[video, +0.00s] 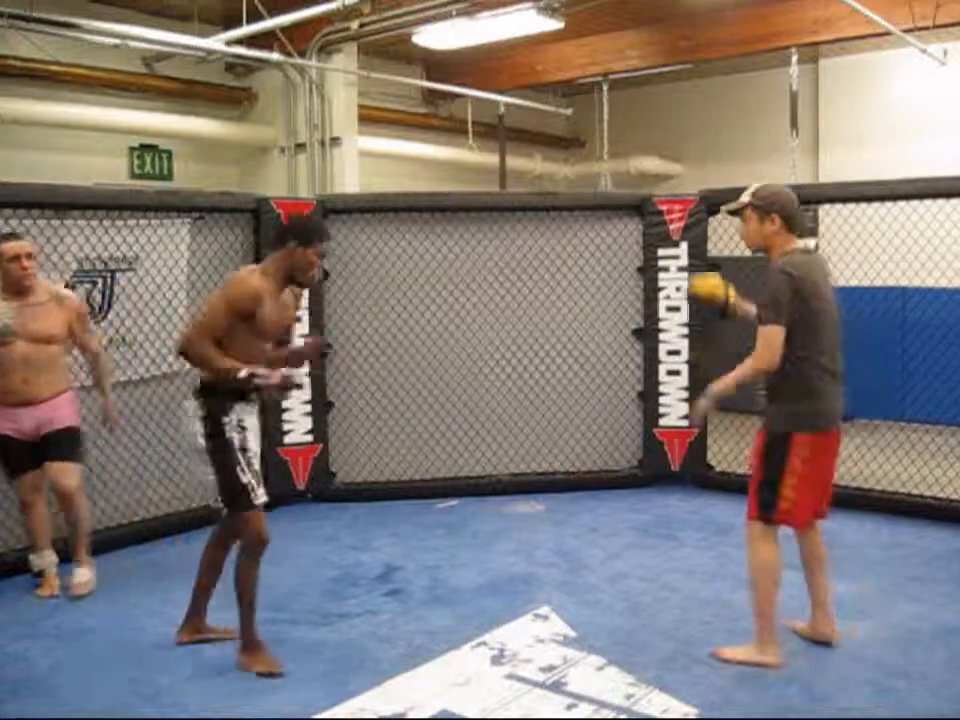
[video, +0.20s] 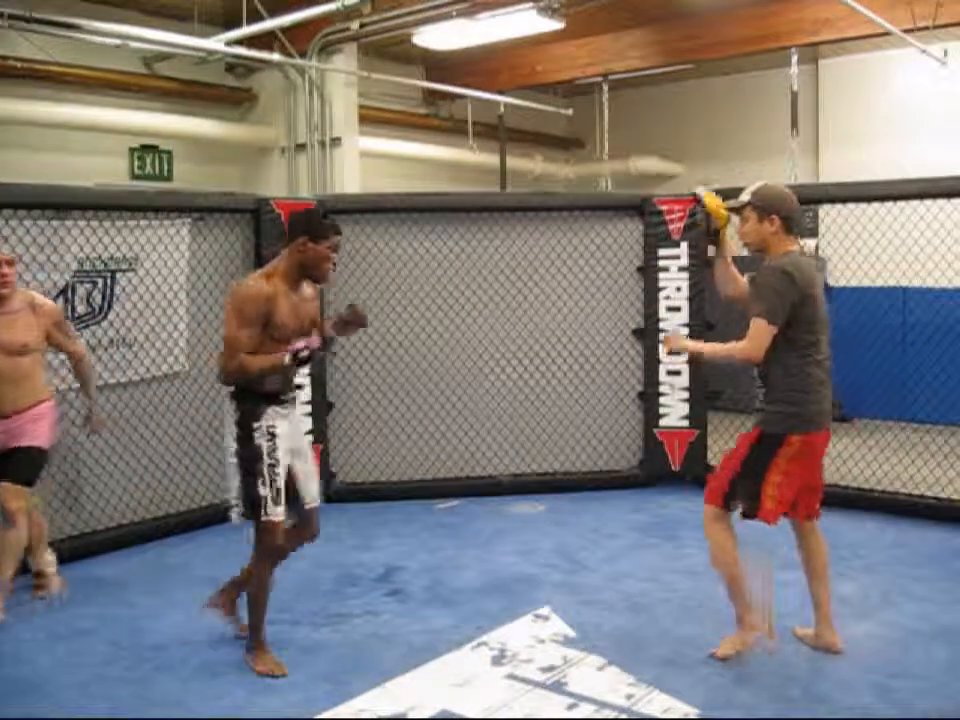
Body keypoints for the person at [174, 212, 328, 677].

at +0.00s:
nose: (320, 267)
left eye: (321, 258)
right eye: (317, 257)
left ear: (299, 253)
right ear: (294, 251)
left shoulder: (288, 294)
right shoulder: (246, 286)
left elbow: (258, 351)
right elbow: (191, 344)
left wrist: (297, 354)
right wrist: (246, 373)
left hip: (250, 407)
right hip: (226, 408)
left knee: (234, 524)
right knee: (255, 536)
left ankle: (194, 621)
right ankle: (250, 646)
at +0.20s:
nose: (335, 260)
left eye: (337, 251)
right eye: (330, 251)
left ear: (310, 248)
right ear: (302, 246)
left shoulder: (311, 287)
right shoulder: (252, 292)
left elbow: (301, 341)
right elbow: (230, 367)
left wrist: (335, 328)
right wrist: (291, 356)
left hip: (297, 418)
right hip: (262, 422)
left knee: (304, 528)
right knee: (270, 538)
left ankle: (232, 590)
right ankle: (257, 645)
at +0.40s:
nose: (369, 269)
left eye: (371, 260)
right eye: (363, 260)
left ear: (349, 257)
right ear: (335, 255)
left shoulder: (345, 295)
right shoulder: (290, 294)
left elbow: (367, 356)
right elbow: (299, 366)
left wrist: (371, 323)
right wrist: (344, 331)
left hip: (332, 410)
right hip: (293, 417)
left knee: (383, 508)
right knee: (292, 545)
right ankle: (277, 650)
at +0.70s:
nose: (452, 267)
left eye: (454, 259)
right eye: (446, 259)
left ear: (443, 254)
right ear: (419, 253)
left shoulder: (436, 275)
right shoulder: (370, 284)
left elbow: (504, 275)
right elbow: (340, 352)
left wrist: (539, 244)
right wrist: (385, 338)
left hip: (415, 401)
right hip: (368, 406)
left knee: (452, 504)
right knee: (333, 521)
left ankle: (461, 601)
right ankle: (301, 634)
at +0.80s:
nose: (470, 262)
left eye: (472, 254)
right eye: (465, 252)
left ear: (450, 247)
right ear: (440, 244)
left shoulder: (449, 267)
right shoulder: (388, 275)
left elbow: (509, 261)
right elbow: (356, 340)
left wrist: (556, 255)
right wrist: (401, 335)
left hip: (425, 396)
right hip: (380, 398)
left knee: (454, 501)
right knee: (355, 511)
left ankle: (461, 601)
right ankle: (334, 613)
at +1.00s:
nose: (469, 256)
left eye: (472, 248)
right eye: (465, 247)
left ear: (467, 245)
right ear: (441, 236)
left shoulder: (467, 271)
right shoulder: (395, 266)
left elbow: (485, 331)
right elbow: (366, 330)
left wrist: (479, 308)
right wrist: (418, 316)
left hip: (446, 390)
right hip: (400, 391)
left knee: (458, 497)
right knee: (386, 500)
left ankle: (462, 599)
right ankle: (384, 599)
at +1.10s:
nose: (467, 259)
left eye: (472, 251)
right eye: (463, 249)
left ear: (470, 247)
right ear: (439, 237)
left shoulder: (466, 276)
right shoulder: (395, 265)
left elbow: (452, 332)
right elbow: (364, 327)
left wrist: (466, 329)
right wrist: (414, 316)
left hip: (446, 390)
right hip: (402, 393)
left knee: (465, 496)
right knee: (398, 498)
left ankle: (463, 598)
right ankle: (398, 593)